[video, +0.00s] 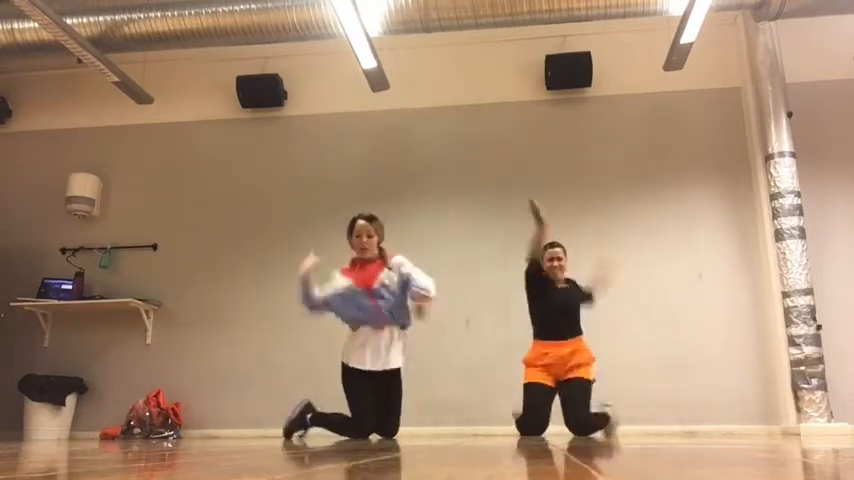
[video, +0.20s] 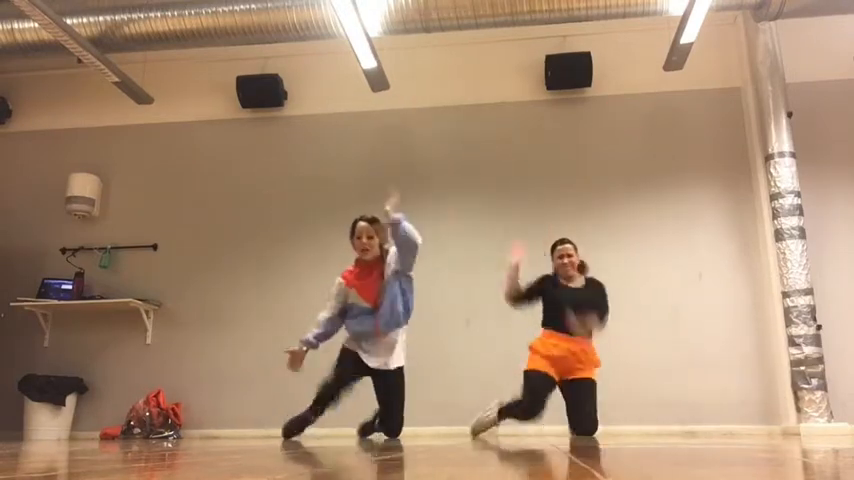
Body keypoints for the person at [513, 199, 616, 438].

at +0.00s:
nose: (555, 263)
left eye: (559, 258)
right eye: (550, 259)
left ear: (566, 262)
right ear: (542, 263)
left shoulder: (573, 288)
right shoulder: (537, 285)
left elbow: (589, 297)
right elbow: (533, 260)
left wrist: (599, 285)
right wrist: (540, 228)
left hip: (575, 361)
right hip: (542, 363)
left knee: (579, 427)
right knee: (532, 430)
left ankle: (605, 418)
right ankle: (520, 420)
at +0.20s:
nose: (566, 260)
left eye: (570, 255)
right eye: (560, 257)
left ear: (578, 259)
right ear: (553, 263)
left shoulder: (594, 287)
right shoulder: (547, 283)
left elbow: (600, 320)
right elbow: (515, 298)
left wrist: (584, 325)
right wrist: (514, 272)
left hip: (580, 359)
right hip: (546, 354)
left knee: (586, 429)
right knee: (530, 409)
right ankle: (498, 413)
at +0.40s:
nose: (545, 256)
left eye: (549, 252)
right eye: (539, 254)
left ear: (558, 255)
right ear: (534, 261)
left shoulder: (568, 268)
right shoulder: (538, 291)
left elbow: (574, 231)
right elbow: (548, 329)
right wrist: (516, 331)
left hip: (575, 350)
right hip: (548, 346)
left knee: (579, 424)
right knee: (505, 350)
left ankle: (627, 428)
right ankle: (524, 411)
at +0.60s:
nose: (522, 248)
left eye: (526, 243)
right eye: (517, 246)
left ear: (534, 246)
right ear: (511, 253)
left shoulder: (550, 254)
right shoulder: (516, 280)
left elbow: (586, 236)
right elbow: (501, 310)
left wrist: (615, 210)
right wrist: (489, 293)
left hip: (571, 336)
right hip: (546, 339)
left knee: (583, 408)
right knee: (501, 356)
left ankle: (648, 429)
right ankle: (527, 421)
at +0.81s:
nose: (511, 220)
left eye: (515, 215)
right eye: (505, 217)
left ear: (525, 215)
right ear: (501, 224)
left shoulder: (542, 230)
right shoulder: (508, 252)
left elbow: (581, 247)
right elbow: (512, 292)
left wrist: (570, 258)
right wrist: (517, 270)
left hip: (570, 300)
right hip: (543, 306)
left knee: (573, 360)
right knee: (516, 351)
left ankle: (625, 392)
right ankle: (526, 420)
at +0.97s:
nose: (509, 219)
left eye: (513, 213)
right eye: (505, 217)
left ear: (528, 211)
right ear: (504, 223)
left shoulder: (554, 230)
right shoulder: (509, 248)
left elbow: (589, 249)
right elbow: (518, 272)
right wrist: (540, 275)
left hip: (574, 296)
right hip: (547, 305)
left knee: (563, 354)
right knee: (515, 352)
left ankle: (603, 417)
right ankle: (542, 413)